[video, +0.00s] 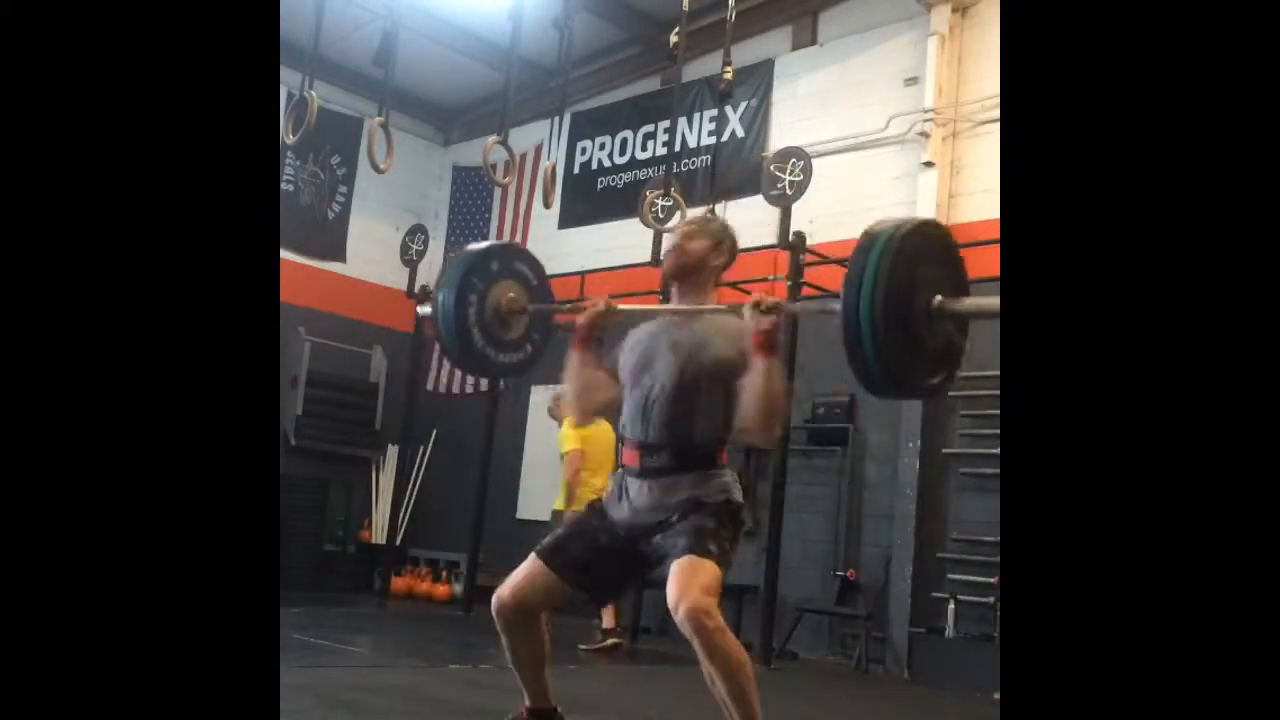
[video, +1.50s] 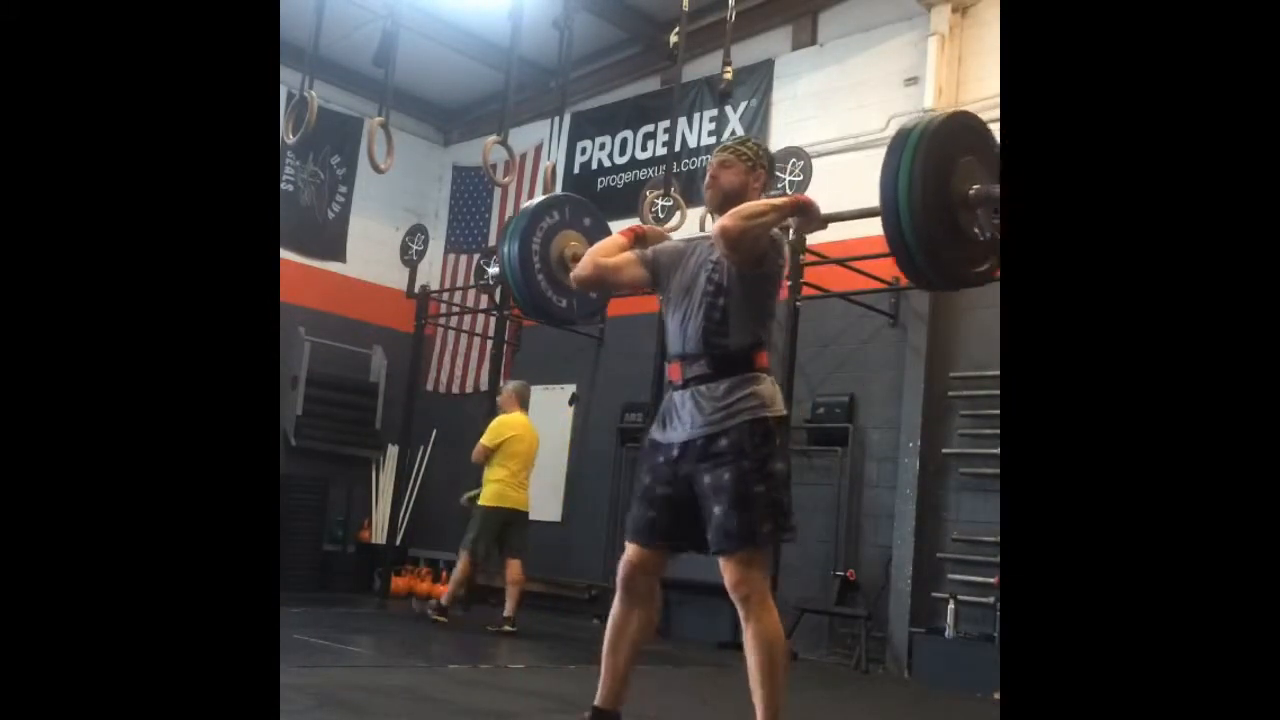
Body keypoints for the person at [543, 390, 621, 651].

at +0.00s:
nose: (556, 420)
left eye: (555, 413)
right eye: (554, 414)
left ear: (563, 408)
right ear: (587, 403)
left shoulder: (570, 427)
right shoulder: (606, 427)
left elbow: (574, 466)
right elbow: (610, 466)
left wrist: (569, 504)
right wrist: (602, 492)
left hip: (575, 506)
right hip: (603, 504)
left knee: (548, 564)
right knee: (603, 563)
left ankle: (538, 623)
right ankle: (609, 626)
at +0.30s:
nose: (537, 412)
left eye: (537, 407)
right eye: (536, 407)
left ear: (547, 400)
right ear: (560, 398)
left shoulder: (542, 422)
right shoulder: (587, 421)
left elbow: (526, 462)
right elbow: (597, 461)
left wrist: (512, 499)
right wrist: (573, 469)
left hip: (547, 504)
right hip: (579, 507)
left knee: (539, 567)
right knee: (575, 563)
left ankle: (536, 625)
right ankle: (584, 608)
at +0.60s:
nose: (530, 407)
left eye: (530, 403)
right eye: (531, 403)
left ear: (535, 400)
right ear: (554, 399)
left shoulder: (528, 421)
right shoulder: (577, 426)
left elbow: (502, 464)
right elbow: (587, 466)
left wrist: (512, 470)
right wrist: (586, 501)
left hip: (533, 501)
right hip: (562, 504)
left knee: (536, 561)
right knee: (543, 562)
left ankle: (538, 623)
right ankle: (534, 614)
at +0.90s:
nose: (522, 406)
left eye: (523, 402)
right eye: (525, 402)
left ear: (525, 401)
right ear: (546, 402)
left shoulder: (518, 422)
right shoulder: (562, 432)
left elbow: (497, 459)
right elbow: (569, 472)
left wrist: (516, 454)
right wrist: (565, 508)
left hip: (520, 501)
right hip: (545, 504)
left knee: (523, 560)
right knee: (527, 561)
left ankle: (535, 618)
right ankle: (511, 616)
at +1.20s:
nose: (514, 402)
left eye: (516, 397)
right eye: (516, 397)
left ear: (524, 398)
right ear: (539, 401)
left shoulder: (515, 419)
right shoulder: (549, 431)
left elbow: (489, 453)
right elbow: (542, 463)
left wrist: (511, 456)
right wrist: (514, 456)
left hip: (507, 498)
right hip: (532, 503)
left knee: (485, 550)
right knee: (521, 558)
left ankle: (501, 603)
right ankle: (511, 615)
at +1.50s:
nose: (497, 399)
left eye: (501, 394)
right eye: (499, 394)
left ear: (512, 397)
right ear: (520, 399)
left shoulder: (502, 423)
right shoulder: (532, 432)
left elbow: (477, 456)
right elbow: (516, 470)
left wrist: (502, 461)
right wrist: (483, 491)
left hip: (493, 500)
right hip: (519, 504)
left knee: (468, 553)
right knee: (514, 559)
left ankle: (443, 605)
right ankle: (509, 617)